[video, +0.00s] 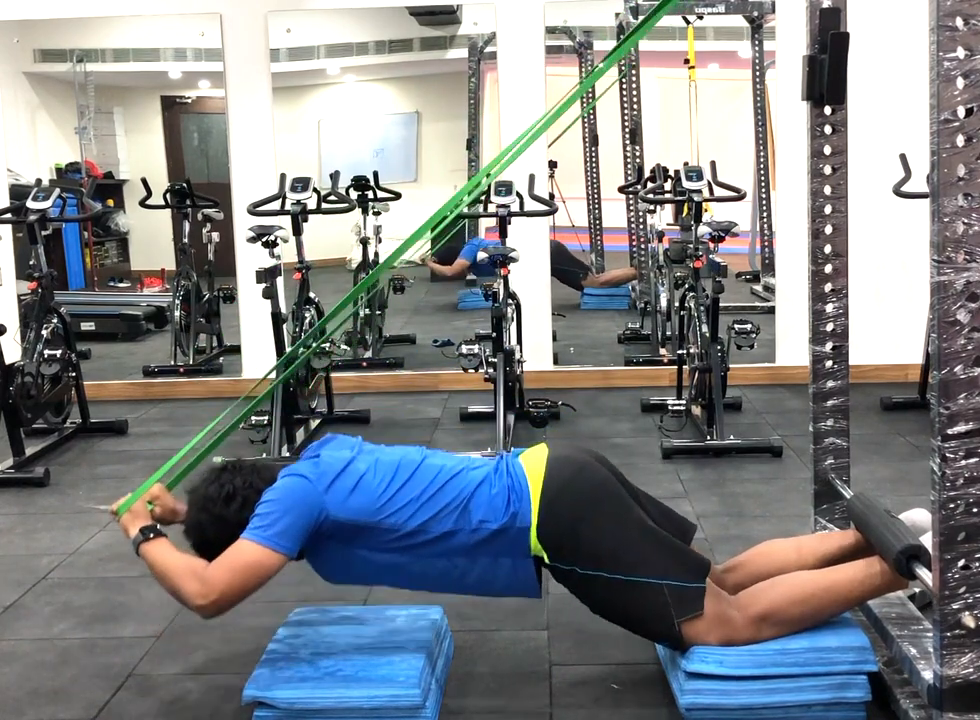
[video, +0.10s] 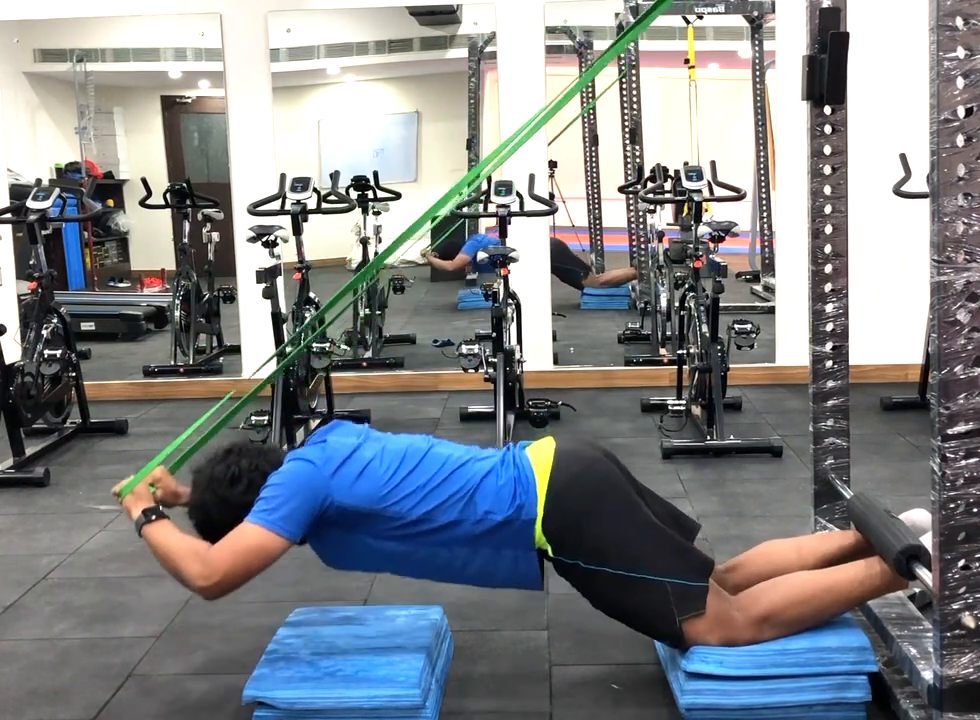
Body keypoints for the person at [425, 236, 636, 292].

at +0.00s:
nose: (451, 270)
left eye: (449, 266)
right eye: (448, 267)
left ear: (455, 258)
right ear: (457, 249)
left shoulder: (472, 247)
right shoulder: (476, 244)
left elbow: (453, 272)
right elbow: (455, 271)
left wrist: (431, 264)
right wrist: (435, 265)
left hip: (547, 253)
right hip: (547, 249)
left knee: (592, 282)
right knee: (592, 279)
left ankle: (641, 271)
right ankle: (641, 270)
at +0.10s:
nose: (459, 268)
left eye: (457, 264)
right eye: (456, 265)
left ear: (458, 256)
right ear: (460, 246)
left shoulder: (473, 244)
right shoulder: (480, 240)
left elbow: (454, 267)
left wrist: (431, 260)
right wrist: (436, 258)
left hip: (548, 251)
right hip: (549, 246)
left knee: (593, 281)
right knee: (591, 277)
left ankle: (640, 271)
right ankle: (638, 270)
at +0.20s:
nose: (458, 262)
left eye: (455, 259)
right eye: (455, 259)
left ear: (458, 250)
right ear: (460, 242)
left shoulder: (476, 239)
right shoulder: (481, 237)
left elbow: (455, 262)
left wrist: (431, 254)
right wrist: (435, 253)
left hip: (550, 248)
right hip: (550, 245)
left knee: (592, 282)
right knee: (592, 279)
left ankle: (640, 271)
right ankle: (639, 270)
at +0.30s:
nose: (459, 254)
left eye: (458, 251)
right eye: (457, 251)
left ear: (462, 241)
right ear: (463, 238)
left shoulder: (480, 232)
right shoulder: (487, 231)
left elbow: (456, 258)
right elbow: (457, 256)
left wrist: (432, 247)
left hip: (553, 245)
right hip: (552, 243)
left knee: (593, 281)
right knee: (592, 280)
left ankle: (641, 271)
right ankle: (639, 270)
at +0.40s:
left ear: (468, 226)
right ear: (472, 221)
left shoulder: (484, 227)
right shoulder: (492, 222)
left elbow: (459, 253)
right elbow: (462, 250)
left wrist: (434, 242)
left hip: (555, 243)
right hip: (553, 242)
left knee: (593, 281)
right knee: (591, 279)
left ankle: (642, 270)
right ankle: (640, 270)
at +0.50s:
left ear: (490, 200)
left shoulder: (489, 220)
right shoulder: (502, 215)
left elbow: (462, 249)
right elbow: (467, 246)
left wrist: (440, 239)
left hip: (559, 242)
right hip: (556, 242)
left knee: (594, 280)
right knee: (592, 279)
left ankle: (642, 269)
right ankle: (640, 269)